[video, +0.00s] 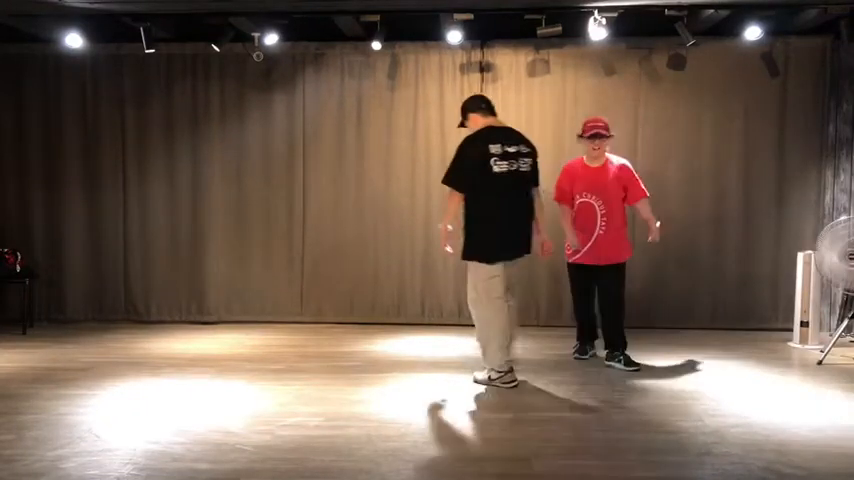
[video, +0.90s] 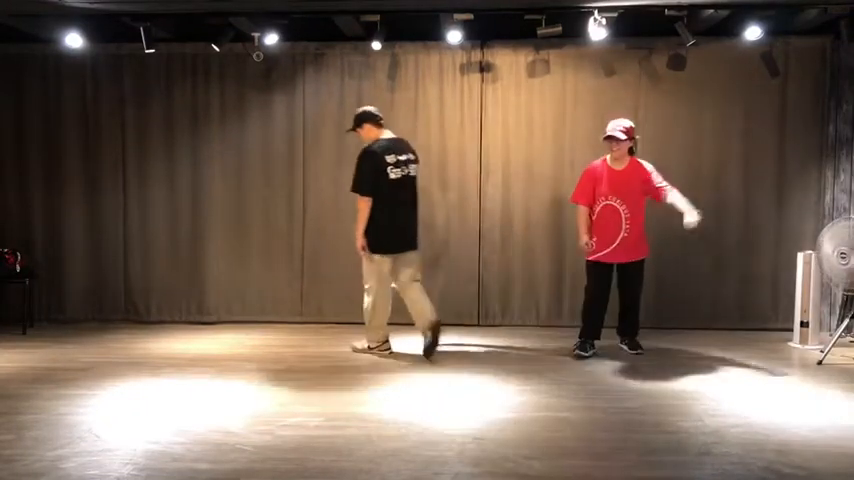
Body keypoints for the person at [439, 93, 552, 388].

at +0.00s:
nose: (468, 128)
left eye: (467, 123)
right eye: (467, 124)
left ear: (473, 117)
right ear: (492, 113)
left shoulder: (473, 143)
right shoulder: (523, 141)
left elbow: (456, 192)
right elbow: (535, 193)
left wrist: (447, 227)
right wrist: (541, 232)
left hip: (484, 237)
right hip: (516, 235)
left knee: (485, 301)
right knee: (503, 296)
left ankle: (499, 369)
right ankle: (504, 359)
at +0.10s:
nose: (456, 128)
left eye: (456, 124)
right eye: (456, 124)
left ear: (461, 120)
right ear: (482, 116)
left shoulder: (461, 146)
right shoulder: (510, 146)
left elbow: (442, 191)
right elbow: (525, 193)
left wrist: (430, 220)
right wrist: (534, 231)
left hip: (472, 239)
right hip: (503, 237)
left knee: (484, 303)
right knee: (475, 296)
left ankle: (500, 368)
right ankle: (466, 347)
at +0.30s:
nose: (435, 133)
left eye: (434, 130)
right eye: (434, 130)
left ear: (438, 125)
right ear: (460, 122)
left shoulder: (437, 150)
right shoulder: (486, 152)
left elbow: (422, 195)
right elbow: (493, 199)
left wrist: (410, 228)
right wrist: (500, 235)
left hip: (446, 239)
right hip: (477, 237)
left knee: (454, 304)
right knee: (458, 298)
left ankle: (492, 354)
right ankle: (449, 350)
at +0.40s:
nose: (423, 135)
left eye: (422, 130)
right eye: (422, 131)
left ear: (428, 125)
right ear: (447, 122)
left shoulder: (428, 149)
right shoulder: (474, 152)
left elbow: (416, 195)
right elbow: (476, 197)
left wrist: (407, 231)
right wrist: (472, 229)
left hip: (434, 236)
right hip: (467, 236)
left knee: (426, 293)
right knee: (456, 295)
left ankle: (466, 336)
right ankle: (447, 350)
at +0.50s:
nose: (412, 135)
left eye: (411, 130)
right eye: (411, 131)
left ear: (417, 123)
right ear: (435, 120)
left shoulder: (421, 147)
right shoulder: (462, 148)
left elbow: (411, 194)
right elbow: (460, 193)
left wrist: (403, 231)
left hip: (425, 233)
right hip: (457, 233)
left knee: (411, 287)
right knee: (450, 293)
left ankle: (437, 339)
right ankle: (448, 351)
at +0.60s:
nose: (400, 136)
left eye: (399, 131)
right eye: (399, 131)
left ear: (406, 125)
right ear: (423, 121)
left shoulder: (410, 149)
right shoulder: (448, 148)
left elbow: (404, 197)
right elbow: (445, 193)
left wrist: (398, 233)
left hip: (416, 235)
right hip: (446, 235)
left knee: (401, 292)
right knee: (444, 295)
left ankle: (399, 344)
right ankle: (446, 350)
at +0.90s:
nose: (360, 136)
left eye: (359, 131)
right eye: (358, 132)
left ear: (367, 127)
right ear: (381, 124)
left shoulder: (371, 154)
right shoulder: (405, 147)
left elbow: (365, 199)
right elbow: (408, 189)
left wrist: (360, 233)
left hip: (379, 231)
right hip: (407, 229)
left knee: (376, 287)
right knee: (408, 280)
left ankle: (377, 340)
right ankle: (429, 324)